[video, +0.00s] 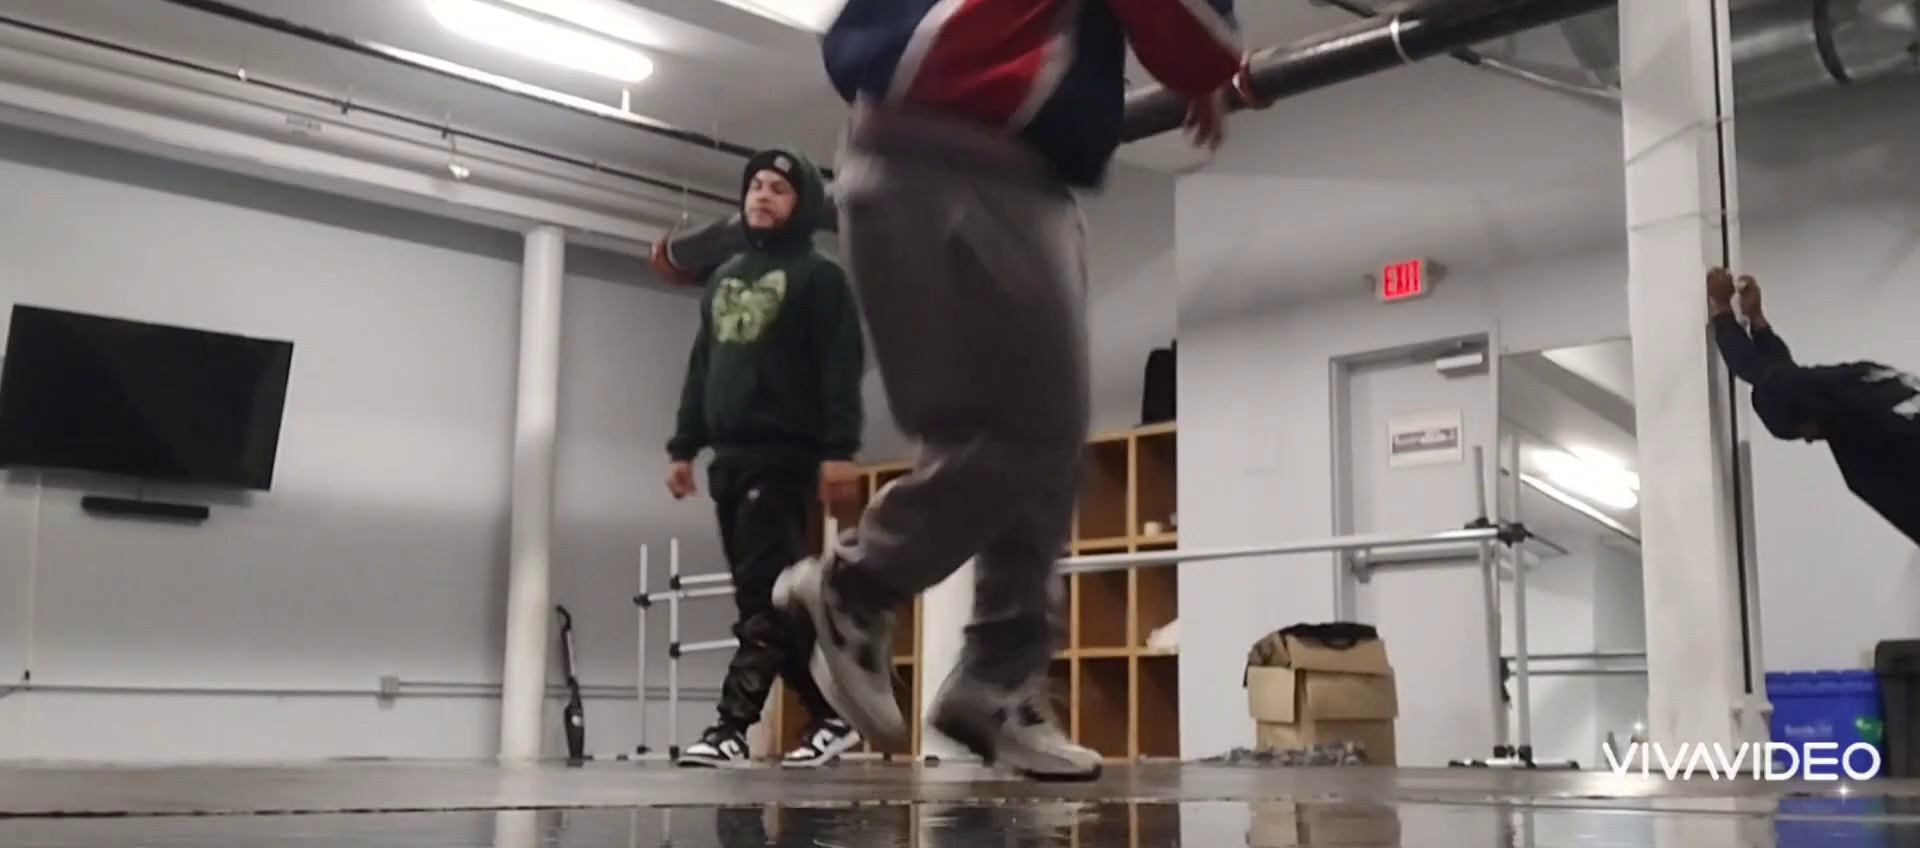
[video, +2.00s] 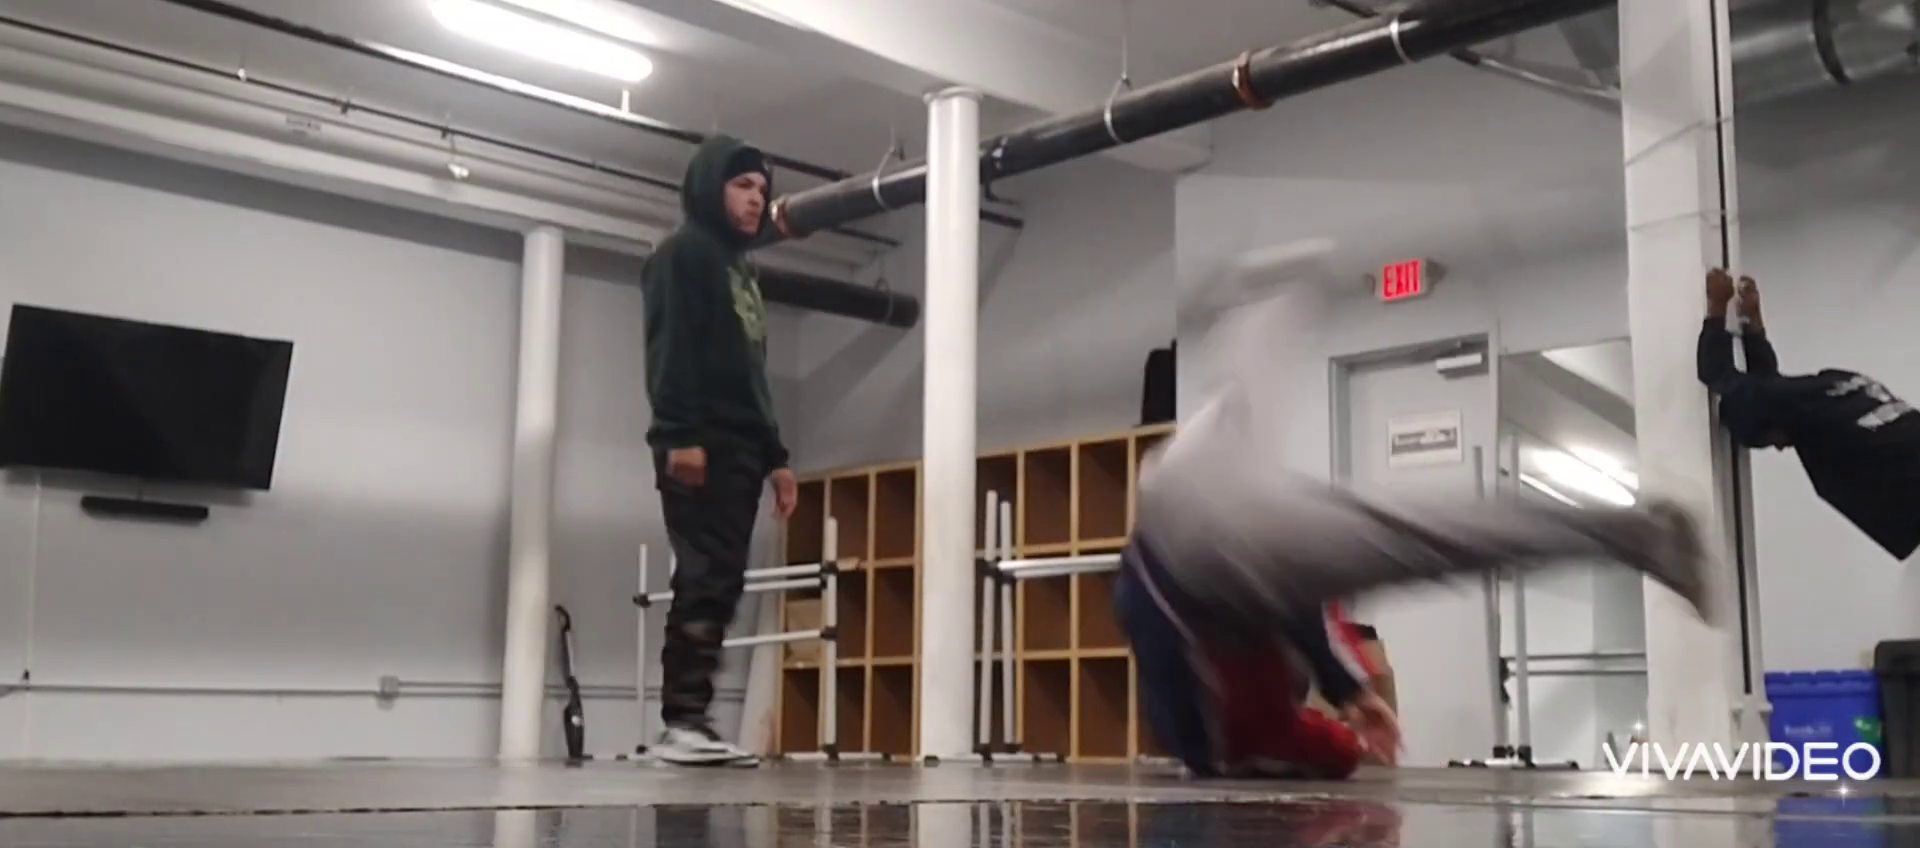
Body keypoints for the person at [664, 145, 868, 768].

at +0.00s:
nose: (765, 195)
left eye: (780, 188)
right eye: (757, 185)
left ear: (801, 205)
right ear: (744, 198)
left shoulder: (821, 276)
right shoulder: (727, 275)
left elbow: (843, 369)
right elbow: (703, 364)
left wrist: (840, 453)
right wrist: (684, 447)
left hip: (787, 455)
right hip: (729, 456)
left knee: (763, 592)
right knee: (763, 592)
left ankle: (731, 730)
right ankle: (830, 718)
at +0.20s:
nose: (730, 187)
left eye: (746, 180)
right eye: (725, 177)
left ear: (773, 196)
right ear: (714, 190)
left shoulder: (788, 268)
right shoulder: (700, 270)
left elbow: (796, 365)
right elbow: (676, 360)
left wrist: (772, 444)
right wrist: (645, 444)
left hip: (756, 452)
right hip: (698, 451)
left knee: (751, 588)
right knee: (679, 592)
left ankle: (734, 730)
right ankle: (770, 687)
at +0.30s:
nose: (712, 182)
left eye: (728, 175)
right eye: (706, 173)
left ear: (755, 189)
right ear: (695, 186)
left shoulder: (770, 259)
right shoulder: (684, 264)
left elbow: (773, 355)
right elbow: (661, 355)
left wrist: (739, 427)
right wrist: (632, 442)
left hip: (748, 450)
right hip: (680, 450)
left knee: (746, 591)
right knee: (648, 587)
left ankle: (730, 730)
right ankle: (701, 692)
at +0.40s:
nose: (693, 179)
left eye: (707, 171)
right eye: (686, 170)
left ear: (732, 188)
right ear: (673, 185)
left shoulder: (760, 259)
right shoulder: (664, 267)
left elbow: (763, 352)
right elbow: (641, 360)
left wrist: (715, 416)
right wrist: (625, 447)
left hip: (736, 459)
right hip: (664, 459)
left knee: (739, 596)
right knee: (629, 591)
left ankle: (731, 730)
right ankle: (624, 721)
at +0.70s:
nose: (638, 164)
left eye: (652, 157)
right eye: (627, 156)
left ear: (675, 175)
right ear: (612, 173)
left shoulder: (704, 248)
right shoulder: (589, 254)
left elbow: (729, 340)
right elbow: (563, 349)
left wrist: (727, 428)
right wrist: (547, 439)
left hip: (674, 444)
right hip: (595, 443)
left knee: (687, 589)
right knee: (577, 593)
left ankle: (719, 723)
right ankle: (575, 728)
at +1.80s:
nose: (725, 195)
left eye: (732, 186)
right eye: (712, 181)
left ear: (736, 198)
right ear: (679, 186)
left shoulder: (729, 275)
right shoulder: (644, 254)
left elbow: (747, 367)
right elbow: (628, 348)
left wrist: (764, 454)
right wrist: (643, 434)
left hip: (727, 452)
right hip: (669, 446)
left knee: (704, 593)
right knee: (643, 579)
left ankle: (683, 729)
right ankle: (592, 713)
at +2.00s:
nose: (756, 200)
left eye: (761, 190)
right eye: (744, 186)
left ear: (762, 199)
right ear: (709, 188)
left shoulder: (741, 271)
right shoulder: (681, 255)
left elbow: (751, 373)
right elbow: (670, 349)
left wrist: (777, 459)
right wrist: (679, 435)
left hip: (739, 447)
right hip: (700, 444)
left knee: (718, 581)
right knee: (704, 578)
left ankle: (692, 722)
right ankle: (681, 723)